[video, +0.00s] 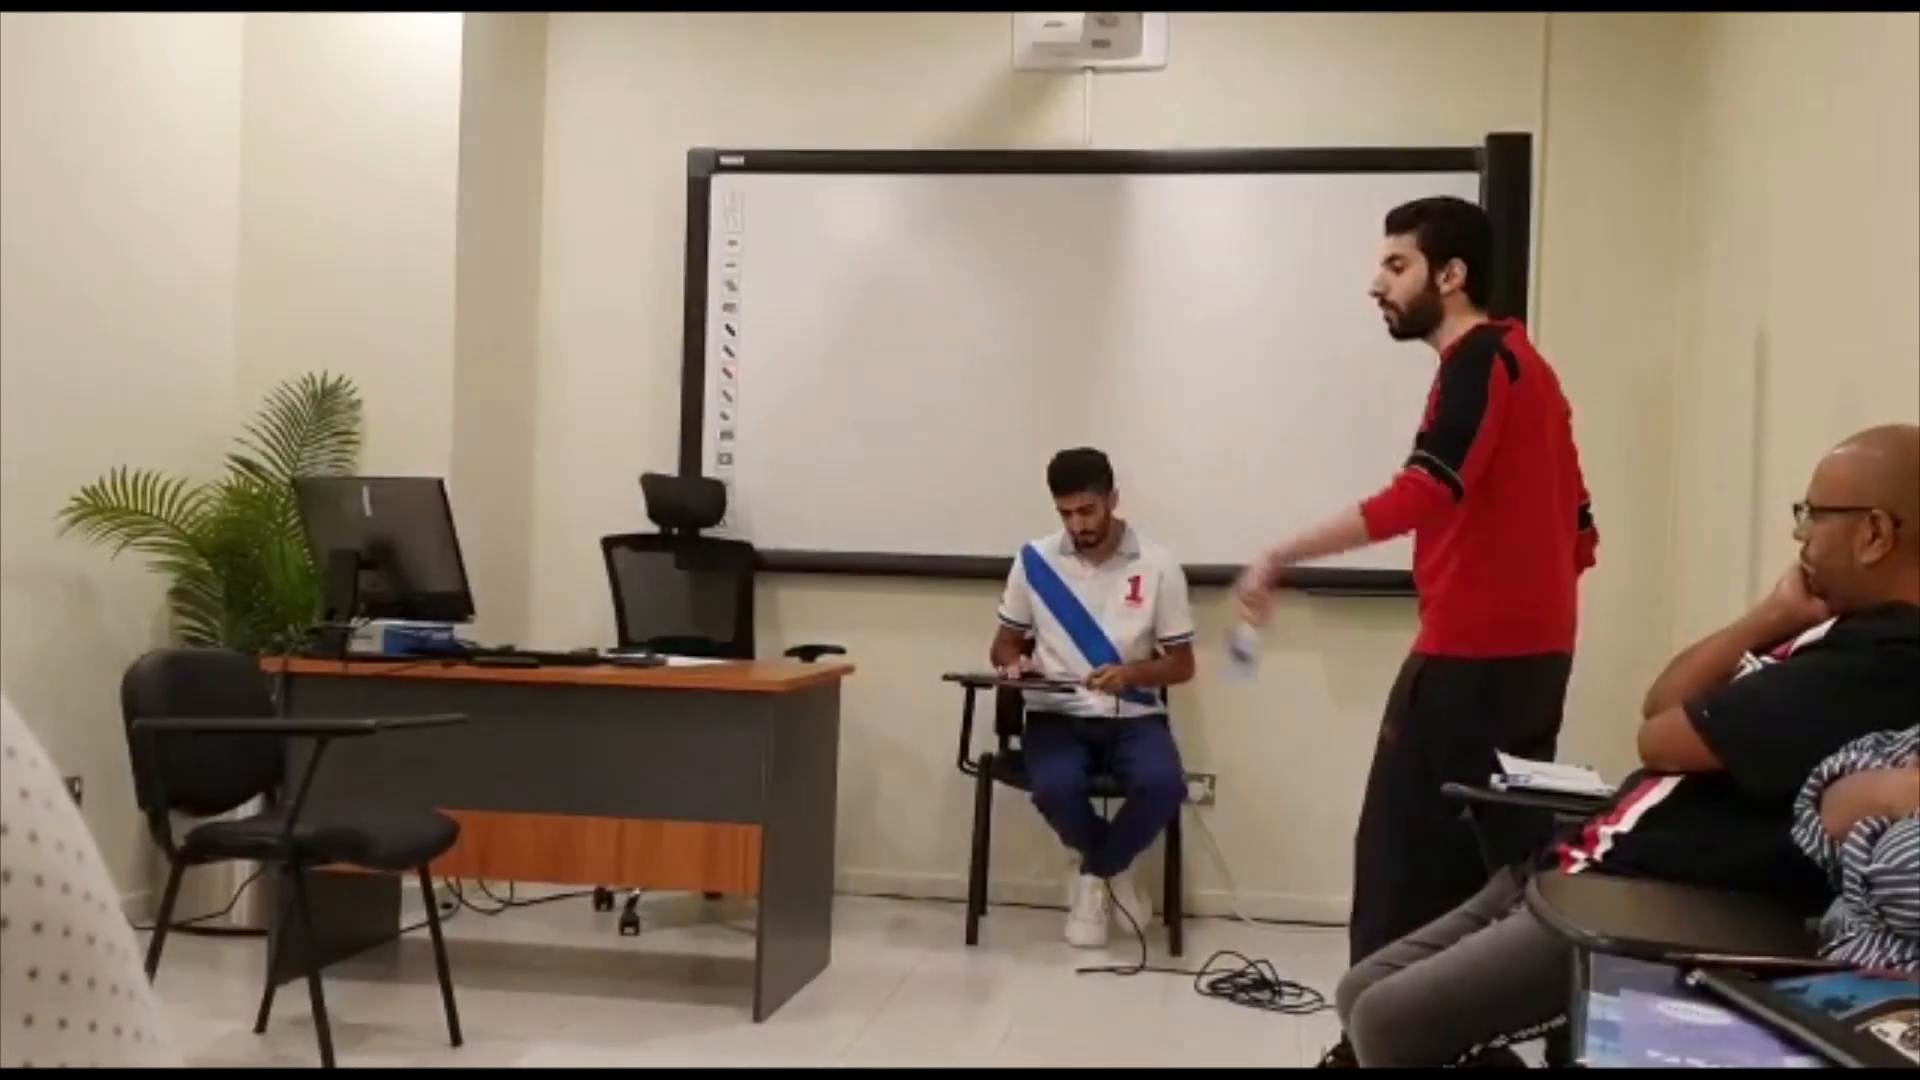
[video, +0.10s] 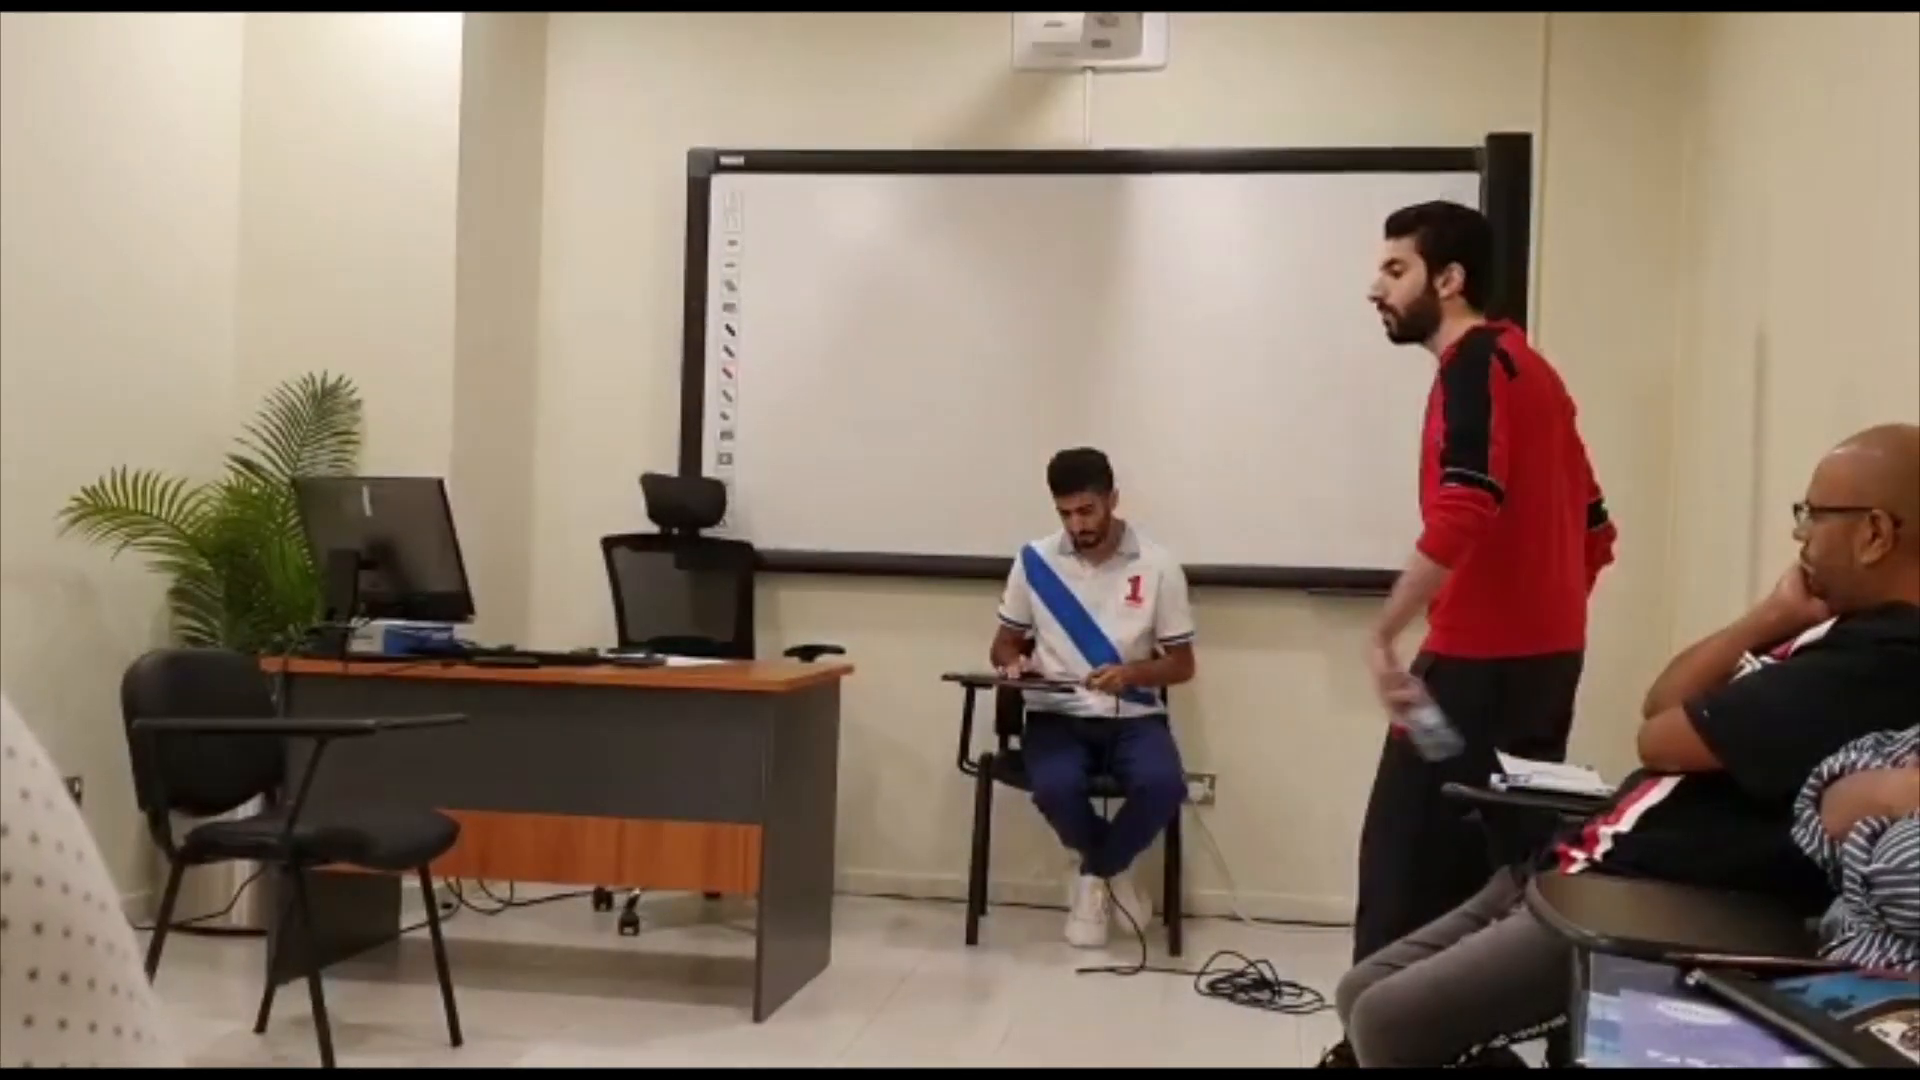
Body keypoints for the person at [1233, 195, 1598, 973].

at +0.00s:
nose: (1378, 284)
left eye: (1395, 265)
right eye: (1380, 267)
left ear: (1451, 276)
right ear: (1453, 281)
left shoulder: (1476, 358)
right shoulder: (1530, 367)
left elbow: (1425, 491)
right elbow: (1578, 537)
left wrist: (1284, 553)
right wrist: (1498, 601)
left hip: (1467, 649)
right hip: (1536, 650)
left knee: (1397, 840)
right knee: (1504, 841)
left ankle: (1382, 1042)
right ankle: (1482, 1036)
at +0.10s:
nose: (1377, 290)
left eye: (1395, 271)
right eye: (1379, 273)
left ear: (1450, 281)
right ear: (1453, 284)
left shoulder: (1472, 363)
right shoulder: (1534, 370)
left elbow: (1467, 504)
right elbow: (1594, 533)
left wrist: (1386, 632)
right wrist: (1541, 622)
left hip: (1474, 658)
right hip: (1548, 658)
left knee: (1401, 850)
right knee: (1520, 851)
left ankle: (1388, 1046)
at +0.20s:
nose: (1375, 292)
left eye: (1392, 273)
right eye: (1377, 274)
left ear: (1447, 282)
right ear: (1451, 285)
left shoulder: (1462, 366)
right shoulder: (1541, 372)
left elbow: (1490, 503)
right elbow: (1612, 526)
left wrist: (1468, 657)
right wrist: (1554, 623)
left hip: (1474, 662)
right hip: (1553, 660)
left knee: (1395, 847)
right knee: (1521, 859)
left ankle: (1385, 1047)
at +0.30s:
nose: (1374, 291)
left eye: (1390, 274)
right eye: (1376, 275)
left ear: (1443, 284)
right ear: (1458, 289)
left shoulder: (1443, 367)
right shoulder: (1549, 376)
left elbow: (1480, 497)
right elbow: (1621, 525)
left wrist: (1498, 646)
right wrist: (1559, 624)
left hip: (1468, 671)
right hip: (1554, 678)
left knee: (1377, 839)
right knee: (1512, 862)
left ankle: (1376, 1038)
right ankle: (1492, 1037)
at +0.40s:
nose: (1372, 292)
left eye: (1388, 276)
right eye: (1376, 275)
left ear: (1441, 289)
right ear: (1455, 295)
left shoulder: (1424, 367)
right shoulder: (1536, 384)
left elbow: (1419, 494)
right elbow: (1601, 534)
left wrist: (1433, 633)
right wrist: (1531, 602)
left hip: (1465, 658)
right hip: (1552, 663)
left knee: (1355, 825)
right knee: (1472, 845)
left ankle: (1350, 1031)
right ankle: (1464, 1032)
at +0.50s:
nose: (1364, 286)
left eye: (1383, 272)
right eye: (1370, 269)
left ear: (1433, 289)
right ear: (1444, 297)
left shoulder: (1411, 369)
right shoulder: (1499, 380)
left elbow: (1328, 437)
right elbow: (1502, 527)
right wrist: (1416, 631)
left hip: (1459, 649)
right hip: (1532, 643)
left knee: (1340, 830)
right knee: (1454, 838)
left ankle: (1300, 1037)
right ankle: (1444, 1027)